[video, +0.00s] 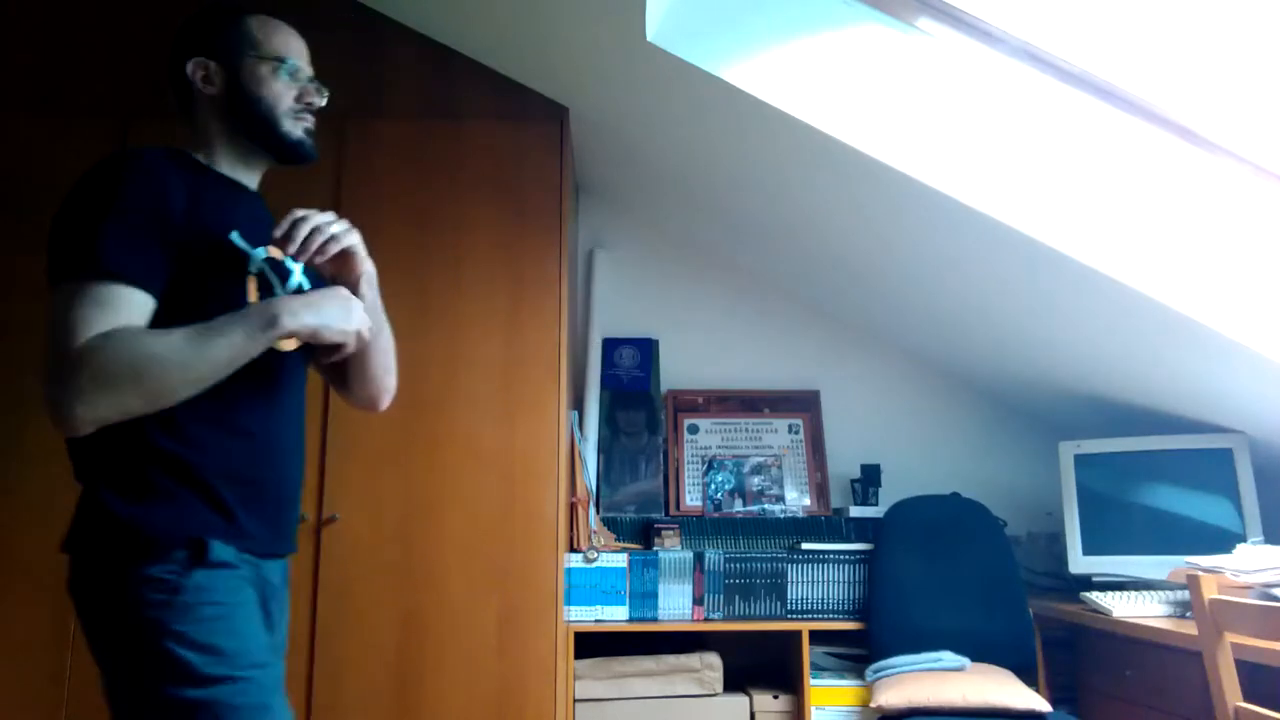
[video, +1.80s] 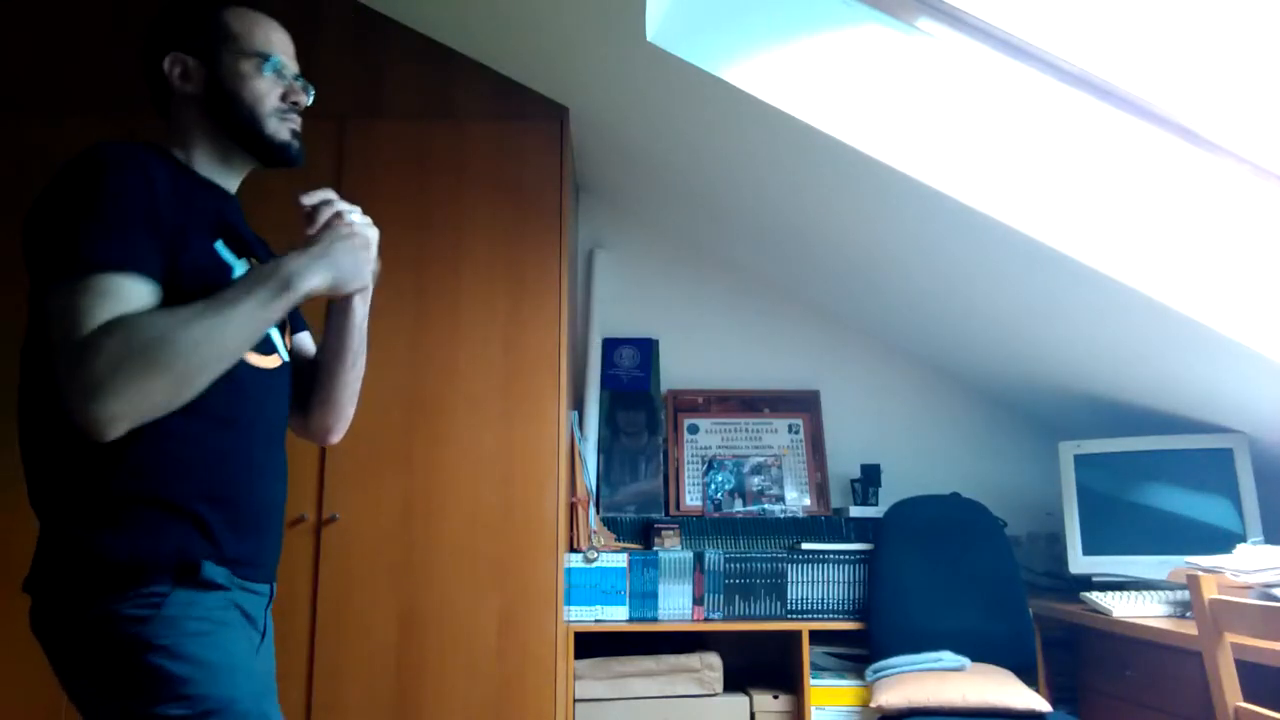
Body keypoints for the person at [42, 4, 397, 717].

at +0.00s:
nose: (316, 92)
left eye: (312, 78)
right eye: (286, 70)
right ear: (208, 79)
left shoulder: (274, 229)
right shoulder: (139, 185)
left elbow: (372, 390)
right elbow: (80, 391)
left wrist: (359, 277)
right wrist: (276, 315)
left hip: (256, 561)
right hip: (170, 562)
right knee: (252, 708)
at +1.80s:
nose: (299, 91)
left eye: (297, 77)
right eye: (267, 66)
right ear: (186, 75)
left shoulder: (243, 239)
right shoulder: (116, 183)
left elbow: (322, 422)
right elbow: (101, 394)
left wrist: (354, 289)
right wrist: (301, 271)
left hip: (233, 595)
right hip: (153, 597)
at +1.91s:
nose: (315, 77)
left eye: (313, 61)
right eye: (285, 51)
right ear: (201, 54)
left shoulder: (224, 201)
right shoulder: (149, 160)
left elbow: (316, 408)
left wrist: (354, 260)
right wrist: (370, 243)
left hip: (213, 587)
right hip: (164, 589)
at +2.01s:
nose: (330, 60)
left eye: (328, 42)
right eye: (302, 30)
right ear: (219, 27)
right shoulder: (194, 115)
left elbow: (303, 396)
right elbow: (335, 282)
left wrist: (355, 249)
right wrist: (500, 202)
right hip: (176, 575)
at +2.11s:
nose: (346, 46)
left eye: (344, 23)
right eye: (323, 17)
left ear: (238, 25)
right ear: (242, 10)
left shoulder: (170, 115)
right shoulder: (254, 89)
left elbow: (284, 370)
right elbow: (495, 226)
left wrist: (353, 235)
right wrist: (670, 191)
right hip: (175, 574)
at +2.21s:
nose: (350, 45)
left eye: (351, 25)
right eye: (335, 16)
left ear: (243, 23)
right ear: (254, 5)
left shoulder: (157, 105)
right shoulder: (257, 79)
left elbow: (279, 350)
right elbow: (507, 230)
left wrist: (343, 232)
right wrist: (675, 226)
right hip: (173, 583)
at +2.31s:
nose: (342, 46)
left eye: (339, 22)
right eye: (325, 13)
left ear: (226, 18)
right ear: (240, 10)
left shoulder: (128, 106)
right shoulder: (243, 80)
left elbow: (251, 346)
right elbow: (398, 288)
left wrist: (346, 225)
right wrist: (561, 262)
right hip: (186, 583)